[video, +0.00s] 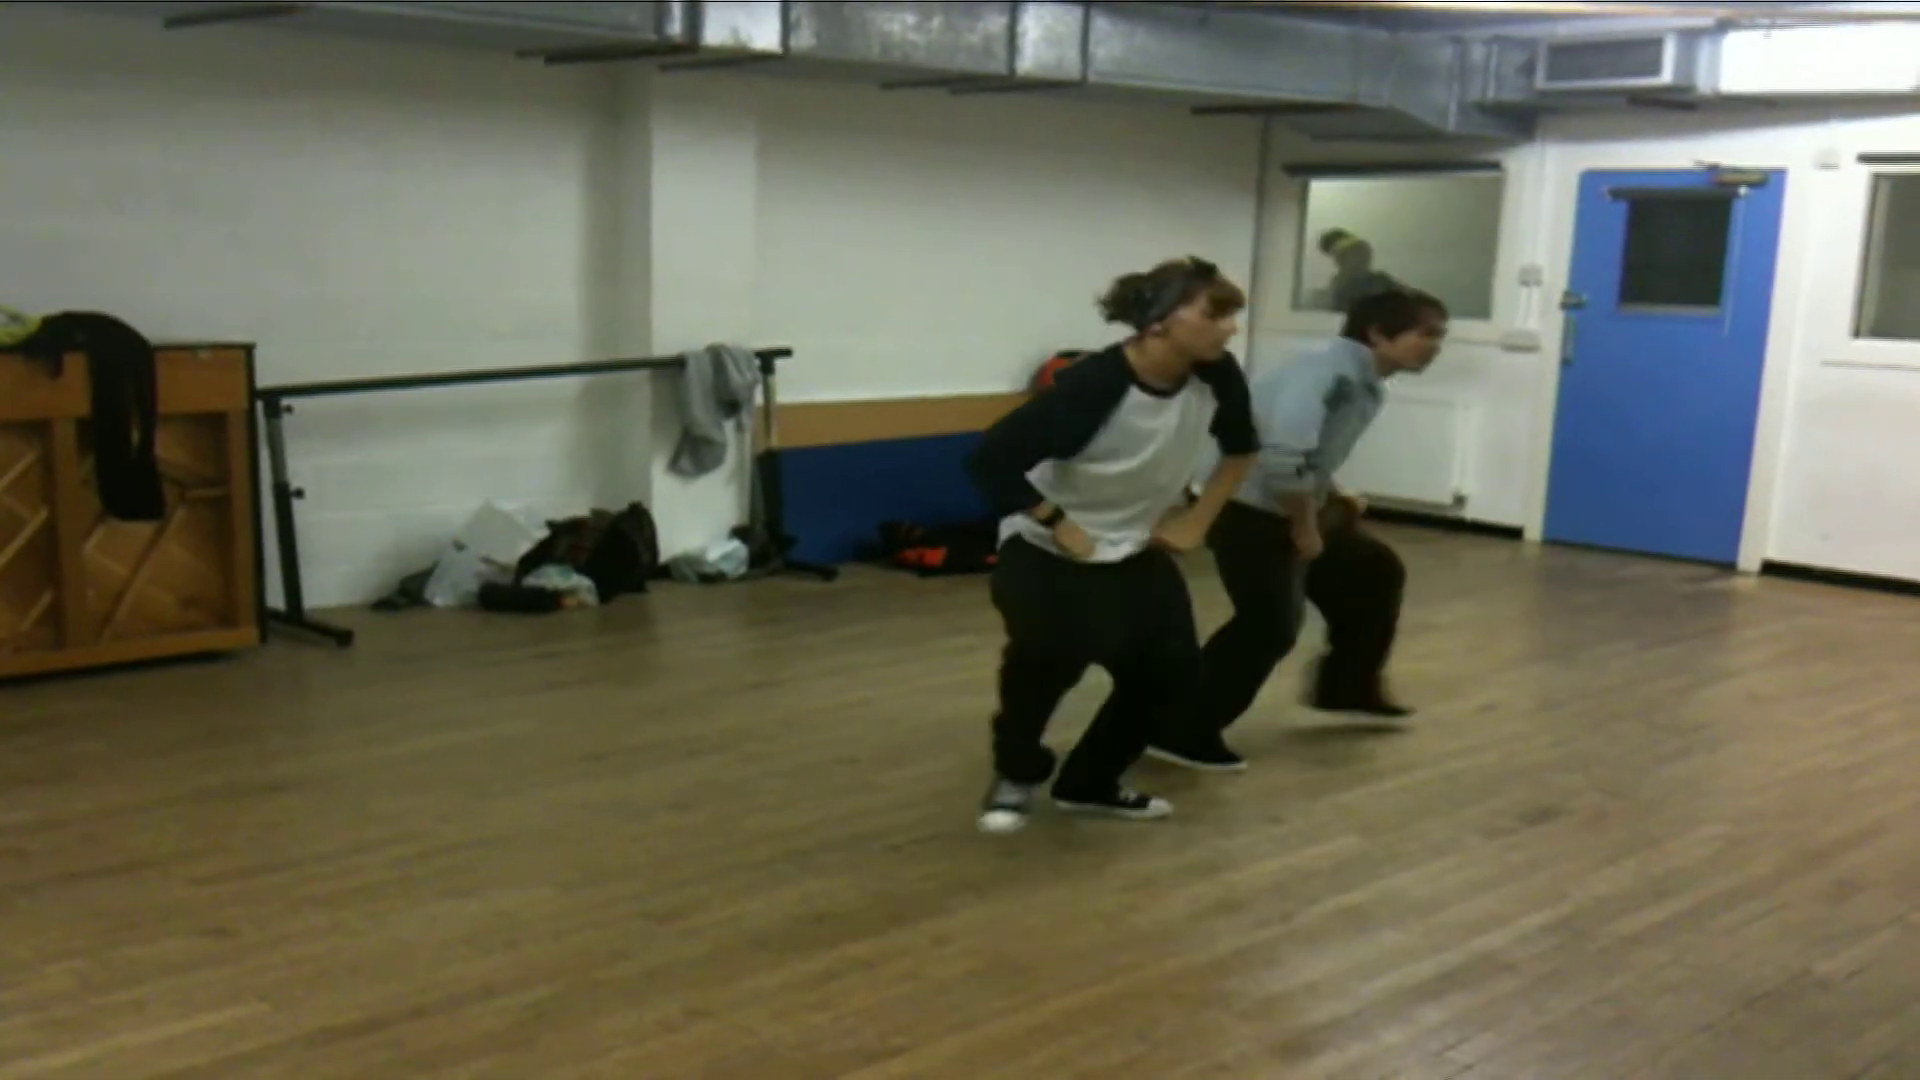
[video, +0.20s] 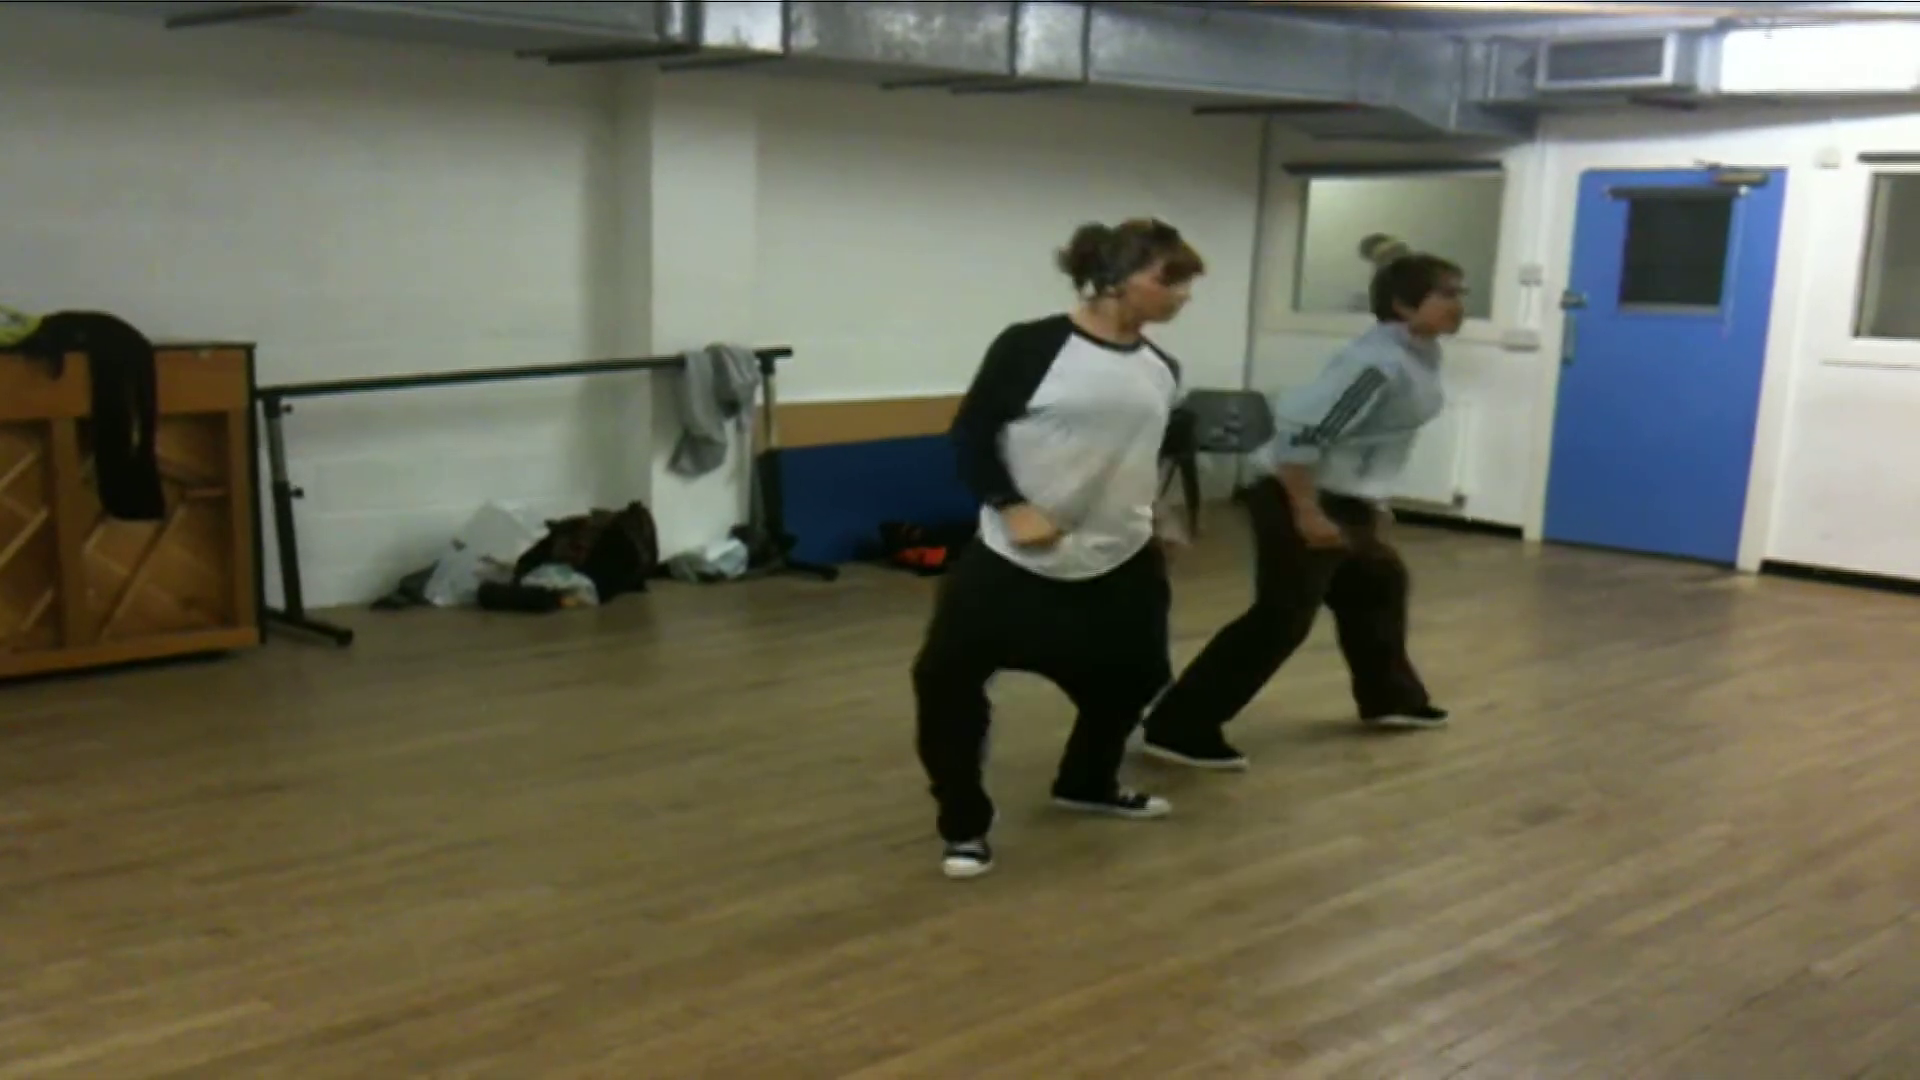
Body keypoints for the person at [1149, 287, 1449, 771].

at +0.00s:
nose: (1434, 347)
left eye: (1437, 338)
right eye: (1425, 335)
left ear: (1384, 337)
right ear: (1381, 334)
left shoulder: (1364, 386)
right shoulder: (1320, 370)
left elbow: (1313, 458)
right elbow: (1284, 460)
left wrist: (1336, 498)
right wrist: (1304, 523)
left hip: (1298, 514)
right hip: (1247, 514)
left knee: (1375, 574)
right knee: (1271, 621)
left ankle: (1347, 686)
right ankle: (1185, 722)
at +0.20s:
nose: (1459, 305)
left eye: (1459, 294)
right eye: (1449, 295)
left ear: (1418, 307)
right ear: (1409, 305)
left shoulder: (1419, 357)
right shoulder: (1374, 362)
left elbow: (1367, 435)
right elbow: (1298, 438)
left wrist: (1373, 499)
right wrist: (1307, 513)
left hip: (1347, 498)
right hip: (1296, 496)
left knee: (1376, 589)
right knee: (1282, 617)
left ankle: (1388, 698)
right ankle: (1180, 723)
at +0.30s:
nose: (1455, 292)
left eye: (1455, 282)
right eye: (1444, 281)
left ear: (1406, 291)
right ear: (1398, 289)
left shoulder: (1414, 353)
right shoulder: (1355, 355)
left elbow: (1392, 441)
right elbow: (1315, 449)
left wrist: (1411, 509)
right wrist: (1347, 514)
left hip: (1388, 504)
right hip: (1334, 503)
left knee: (1419, 583)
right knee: (1307, 616)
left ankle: (1396, 693)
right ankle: (1202, 715)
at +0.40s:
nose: (1450, 290)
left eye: (1451, 280)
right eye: (1438, 279)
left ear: (1404, 291)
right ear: (1396, 288)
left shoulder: (1431, 346)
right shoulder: (1335, 356)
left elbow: (1446, 427)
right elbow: (1318, 452)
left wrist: (1455, 491)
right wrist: (1363, 512)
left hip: (1422, 505)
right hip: (1351, 506)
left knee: (1448, 584)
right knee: (1337, 612)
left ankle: (1395, 691)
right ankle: (1239, 717)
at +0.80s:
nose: (1489, 323)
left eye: (1491, 313)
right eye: (1480, 312)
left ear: (1442, 320)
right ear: (1435, 318)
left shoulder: (1468, 372)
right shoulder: (1356, 378)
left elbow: (1466, 434)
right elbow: (1288, 454)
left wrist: (1451, 492)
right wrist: (1329, 516)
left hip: (1405, 528)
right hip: (1328, 525)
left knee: (1462, 611)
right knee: (1315, 620)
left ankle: (1415, 683)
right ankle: (1198, 712)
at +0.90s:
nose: (1516, 351)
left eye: (1518, 340)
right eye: (1507, 339)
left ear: (1473, 346)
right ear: (1463, 342)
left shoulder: (1495, 391)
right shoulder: (1380, 389)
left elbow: (1489, 446)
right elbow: (1305, 470)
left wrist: (1456, 500)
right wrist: (1354, 515)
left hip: (1409, 518)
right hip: (1336, 512)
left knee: (1455, 622)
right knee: (1399, 607)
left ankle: (1433, 697)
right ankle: (1283, 691)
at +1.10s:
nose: (1555, 401)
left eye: (1557, 391)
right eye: (1546, 390)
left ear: (1505, 394)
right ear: (1499, 391)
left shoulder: (1502, 430)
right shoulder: (1415, 425)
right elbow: (1304, 470)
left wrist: (1447, 514)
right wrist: (1343, 529)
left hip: (1407, 529)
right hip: (1335, 524)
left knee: (1478, 598)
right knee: (1374, 596)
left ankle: (1403, 692)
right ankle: (1336, 697)